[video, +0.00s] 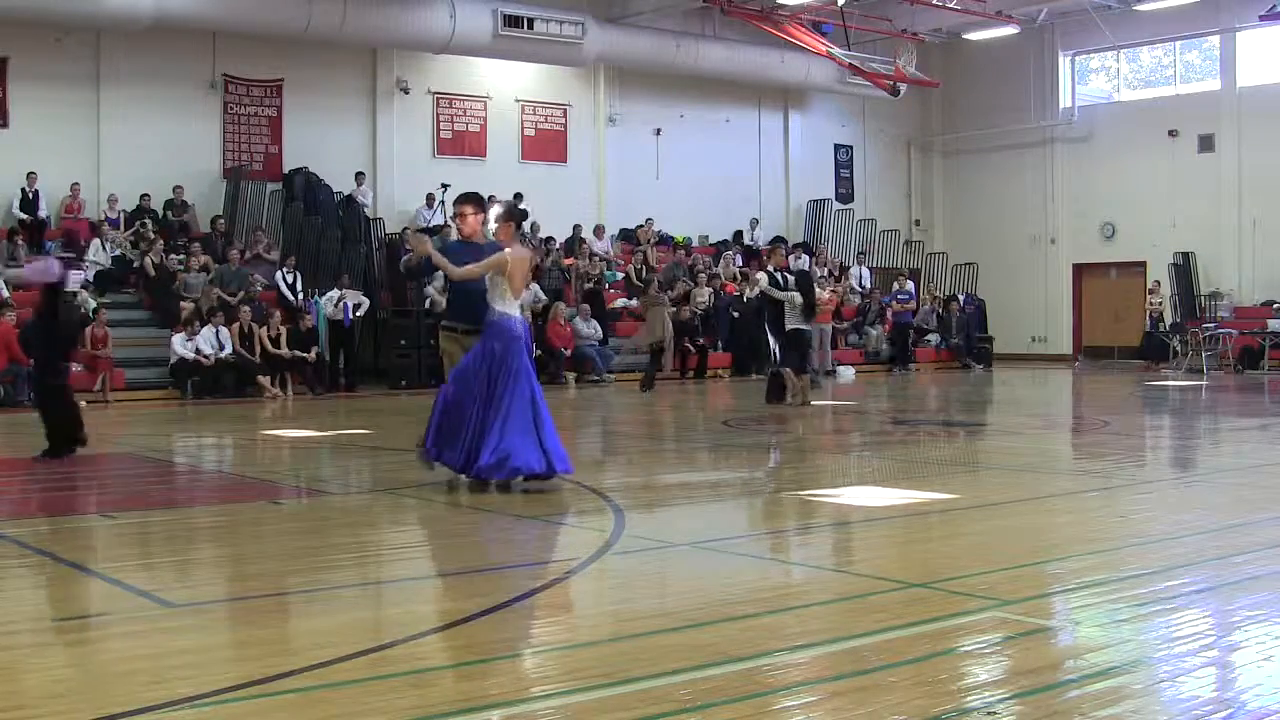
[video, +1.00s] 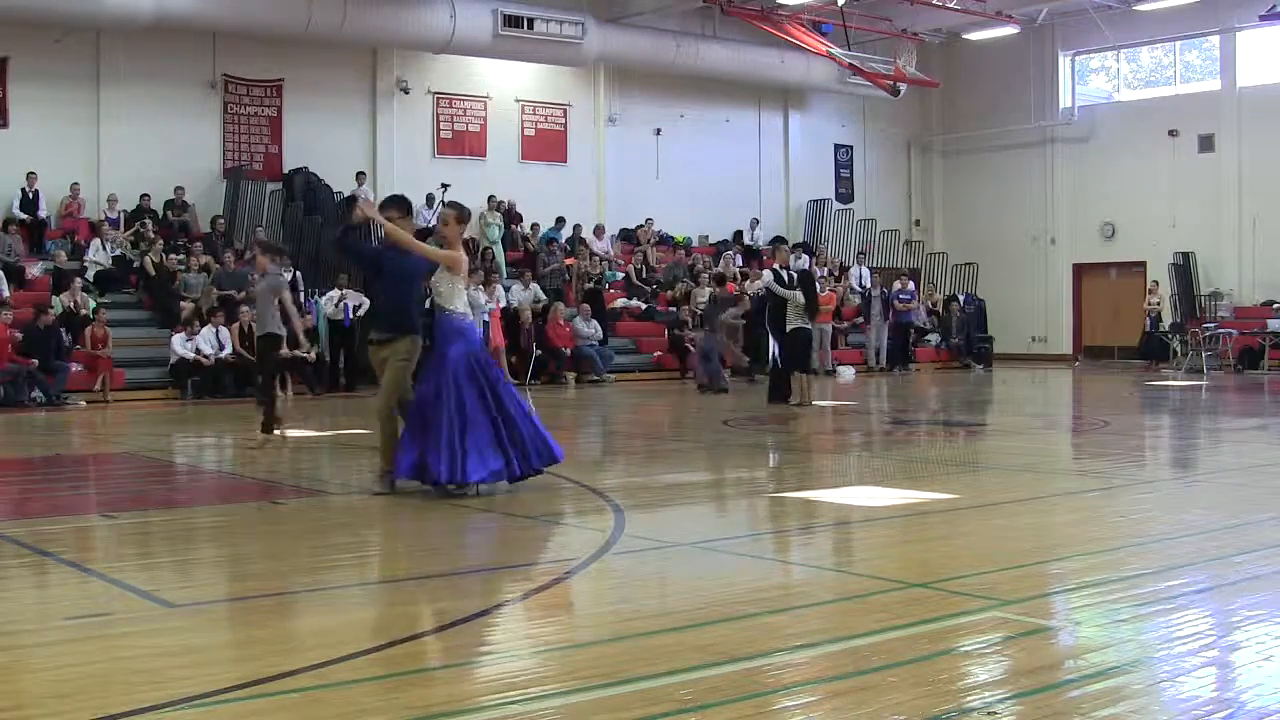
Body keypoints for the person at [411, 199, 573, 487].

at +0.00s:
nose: (494, 231)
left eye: (497, 225)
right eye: (495, 225)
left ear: (509, 227)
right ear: (514, 227)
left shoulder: (503, 257)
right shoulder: (528, 254)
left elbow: (457, 274)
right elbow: (520, 285)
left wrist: (430, 251)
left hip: (500, 330)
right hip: (518, 328)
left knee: (460, 381)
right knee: (512, 394)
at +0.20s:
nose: (489, 219)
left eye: (496, 216)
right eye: (491, 214)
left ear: (508, 225)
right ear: (496, 222)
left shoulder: (499, 255)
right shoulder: (497, 252)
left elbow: (460, 246)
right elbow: (463, 243)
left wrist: (432, 218)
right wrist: (440, 222)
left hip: (494, 334)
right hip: (492, 331)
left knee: (473, 397)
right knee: (492, 399)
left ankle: (475, 467)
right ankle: (495, 464)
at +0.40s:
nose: (488, 215)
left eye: (496, 213)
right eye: (490, 210)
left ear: (509, 223)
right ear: (490, 216)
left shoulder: (492, 252)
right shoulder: (496, 250)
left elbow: (454, 233)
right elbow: (461, 233)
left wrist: (419, 202)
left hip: (483, 330)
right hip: (487, 327)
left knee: (474, 396)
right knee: (491, 395)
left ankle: (473, 469)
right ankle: (502, 463)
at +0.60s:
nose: (483, 217)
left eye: (490, 213)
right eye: (484, 212)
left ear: (505, 224)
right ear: (496, 223)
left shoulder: (491, 251)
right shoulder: (492, 249)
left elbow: (450, 228)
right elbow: (456, 232)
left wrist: (416, 198)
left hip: (481, 330)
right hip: (485, 328)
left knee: (472, 395)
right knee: (493, 396)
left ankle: (474, 469)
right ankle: (511, 464)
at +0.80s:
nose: (465, 223)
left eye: (472, 219)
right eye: (465, 218)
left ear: (487, 225)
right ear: (467, 222)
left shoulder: (480, 253)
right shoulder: (469, 249)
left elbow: (439, 244)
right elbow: (437, 241)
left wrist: (403, 221)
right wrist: (406, 225)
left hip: (476, 331)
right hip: (474, 328)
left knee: (465, 398)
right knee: (491, 397)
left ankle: (464, 469)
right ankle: (509, 465)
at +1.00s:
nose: (439, 226)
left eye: (445, 221)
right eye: (440, 220)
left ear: (461, 227)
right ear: (445, 225)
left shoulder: (456, 258)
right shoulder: (449, 256)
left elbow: (413, 244)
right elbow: (412, 243)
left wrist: (375, 216)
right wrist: (378, 218)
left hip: (457, 333)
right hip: (448, 331)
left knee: (450, 399)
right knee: (448, 399)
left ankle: (462, 469)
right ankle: (456, 468)